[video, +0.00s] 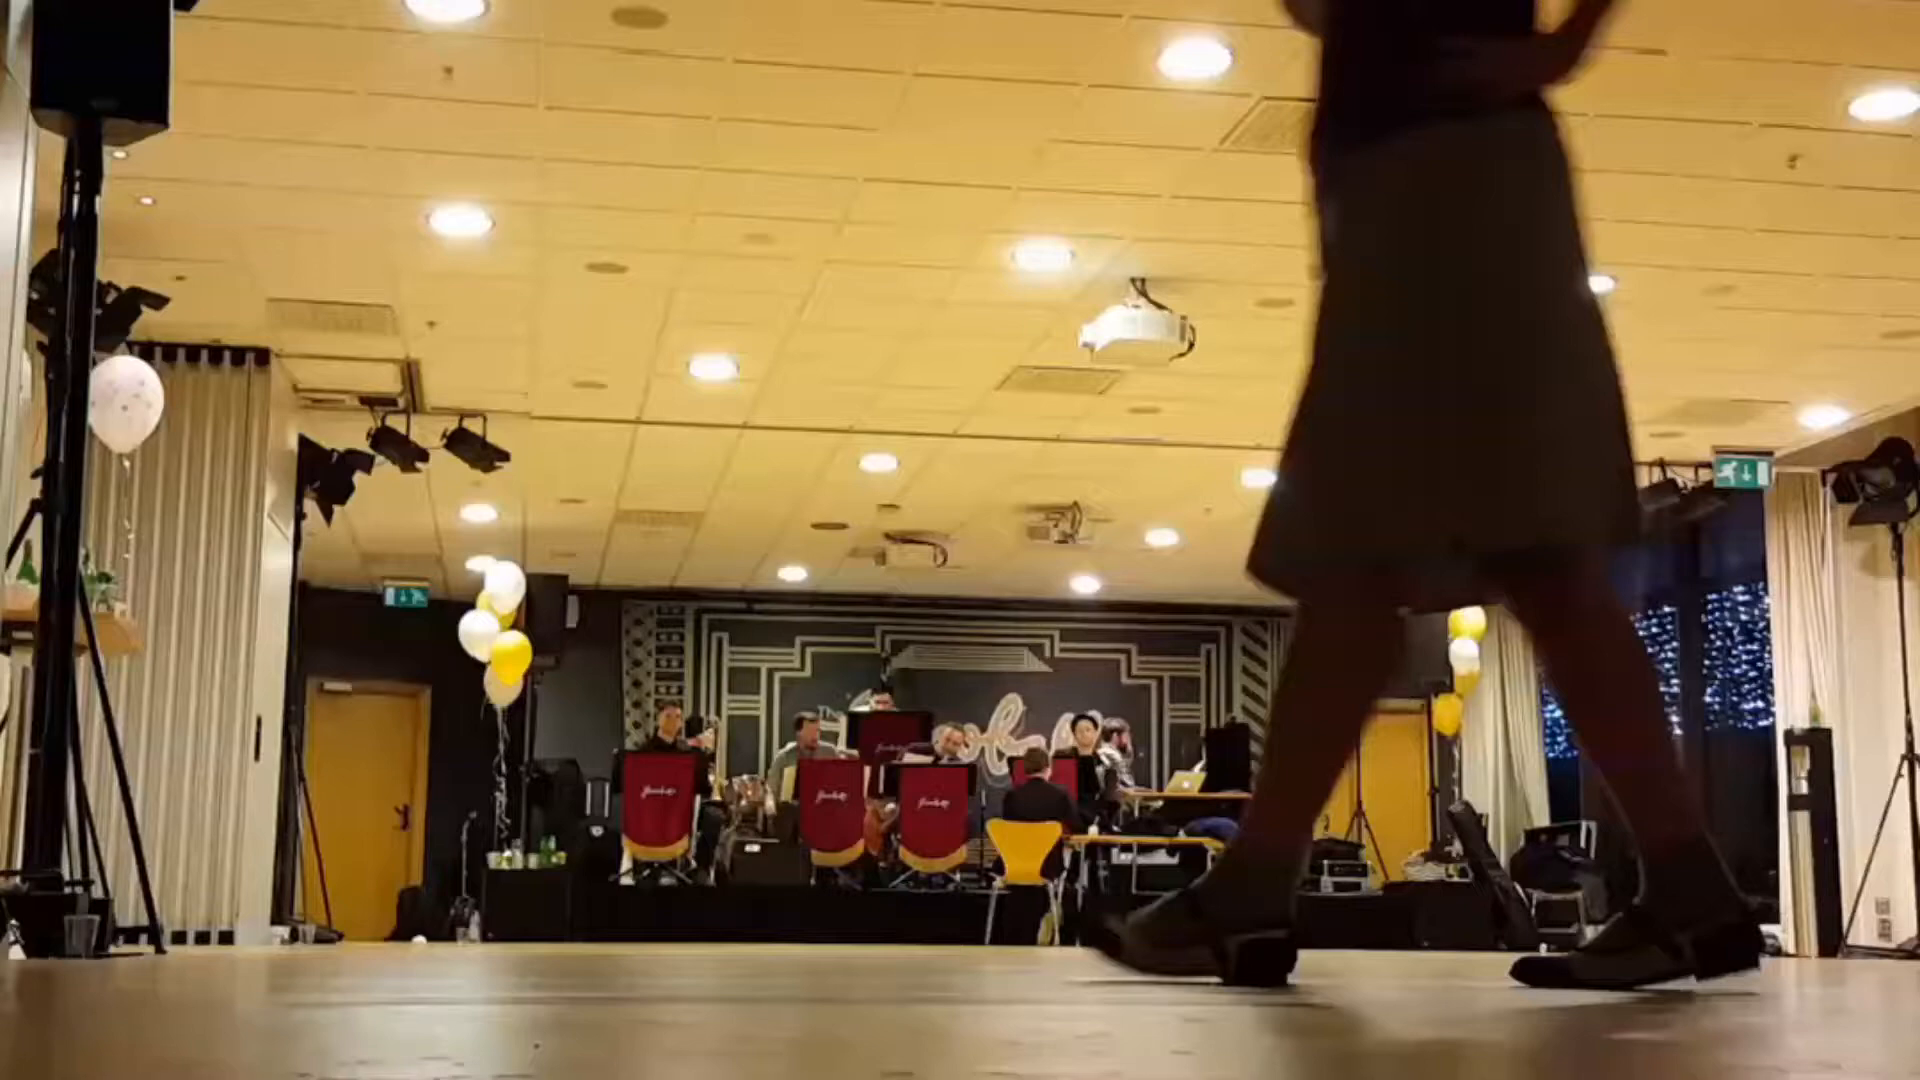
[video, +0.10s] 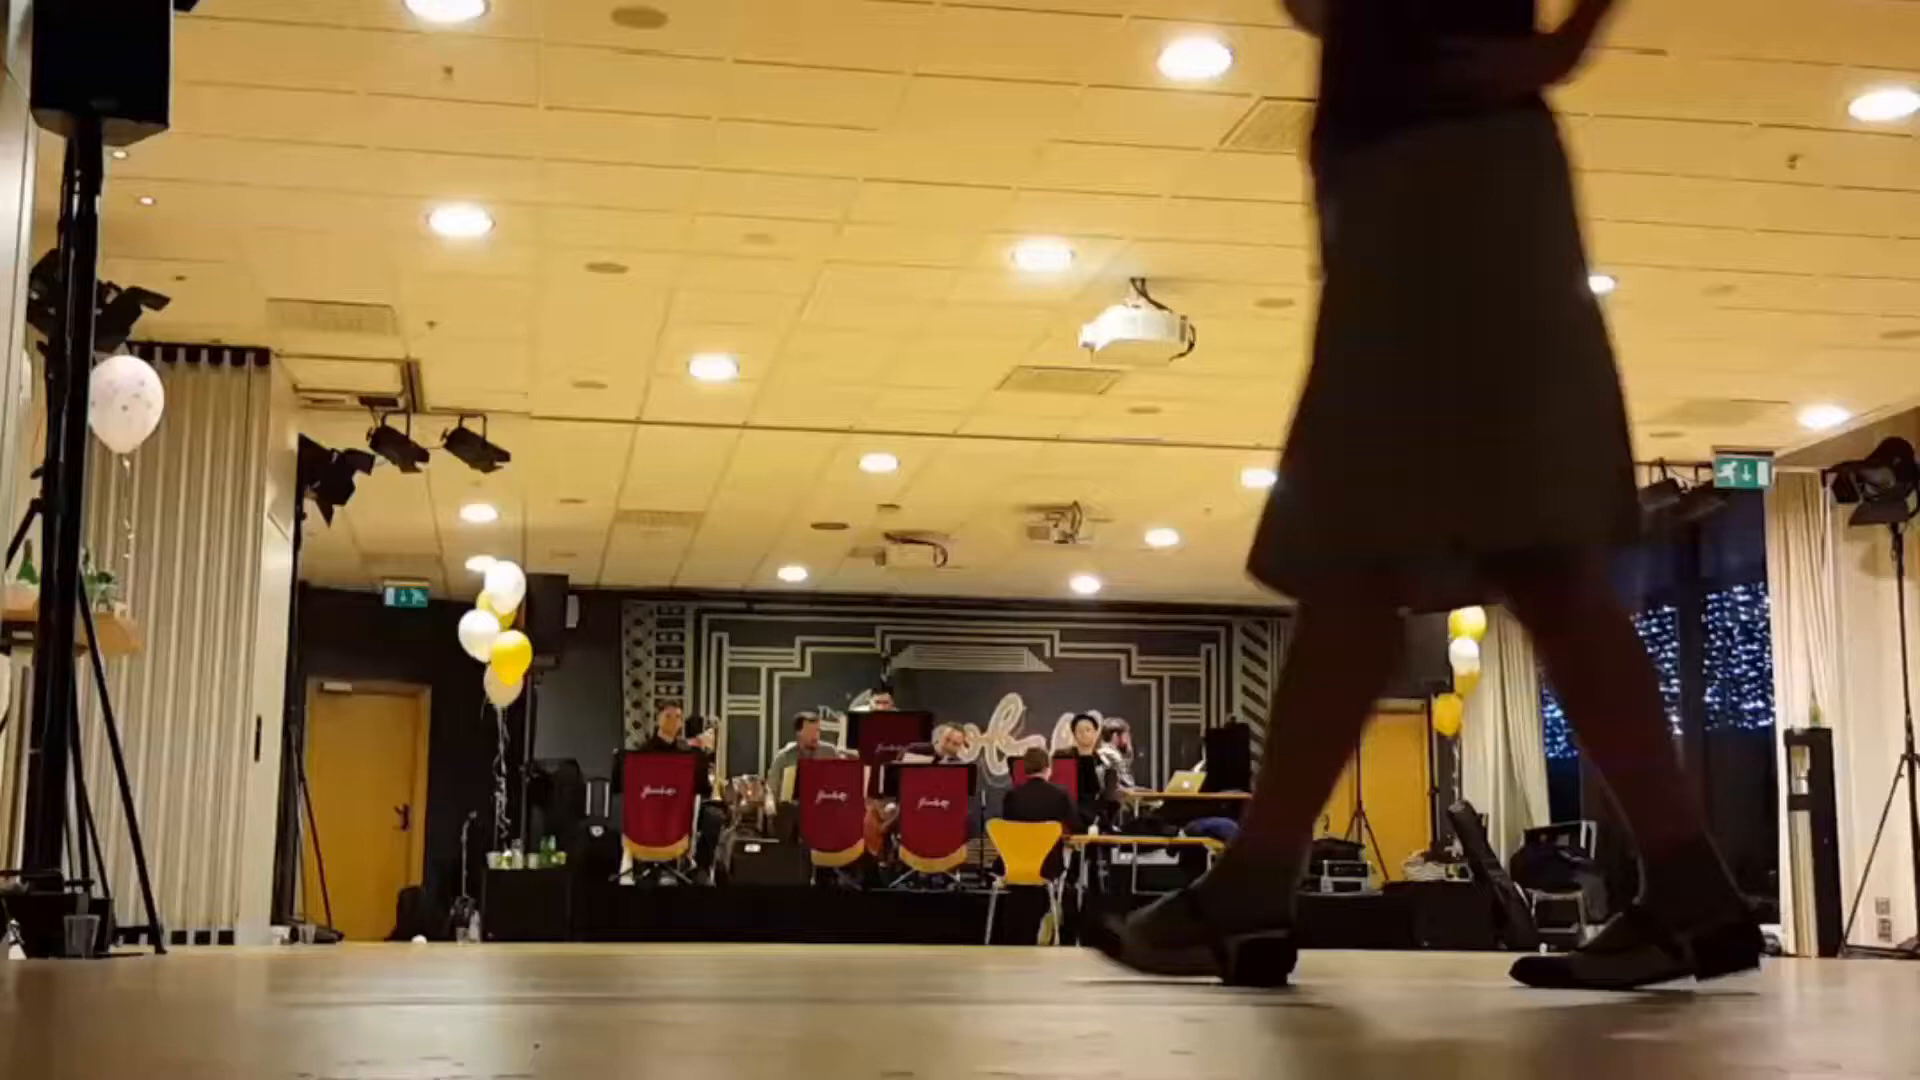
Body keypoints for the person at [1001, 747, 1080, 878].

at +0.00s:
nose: (1050, 771)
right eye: (1050, 768)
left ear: (1025, 770)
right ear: (1048, 769)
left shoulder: (1012, 796)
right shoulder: (1059, 795)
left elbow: (1007, 827)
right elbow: (1076, 828)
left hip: (1016, 864)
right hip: (1049, 866)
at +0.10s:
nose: (1050, 771)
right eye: (1050, 767)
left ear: (1025, 770)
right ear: (1048, 769)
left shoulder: (1012, 796)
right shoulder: (1059, 795)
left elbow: (1008, 827)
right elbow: (1075, 828)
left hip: (1016, 863)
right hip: (1049, 866)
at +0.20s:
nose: (1050, 771)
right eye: (1050, 767)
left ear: (1025, 770)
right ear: (1048, 769)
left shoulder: (1012, 796)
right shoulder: (1059, 795)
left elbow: (1008, 827)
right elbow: (1075, 828)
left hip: (1016, 863)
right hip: (1049, 866)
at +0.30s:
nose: (1050, 771)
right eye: (1050, 767)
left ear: (1025, 770)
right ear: (1048, 769)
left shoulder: (1012, 796)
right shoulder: (1059, 795)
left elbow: (1008, 827)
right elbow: (1075, 828)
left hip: (1016, 863)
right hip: (1049, 866)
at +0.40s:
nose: (1050, 771)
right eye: (1050, 767)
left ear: (1025, 770)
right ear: (1048, 769)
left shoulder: (1012, 796)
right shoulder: (1059, 795)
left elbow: (1008, 827)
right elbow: (1075, 828)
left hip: (1016, 863)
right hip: (1049, 866)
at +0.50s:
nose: (1050, 771)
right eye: (1050, 767)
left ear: (1025, 770)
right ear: (1048, 769)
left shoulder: (1012, 796)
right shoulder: (1059, 795)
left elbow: (1008, 827)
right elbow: (1075, 828)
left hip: (1016, 863)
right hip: (1049, 866)